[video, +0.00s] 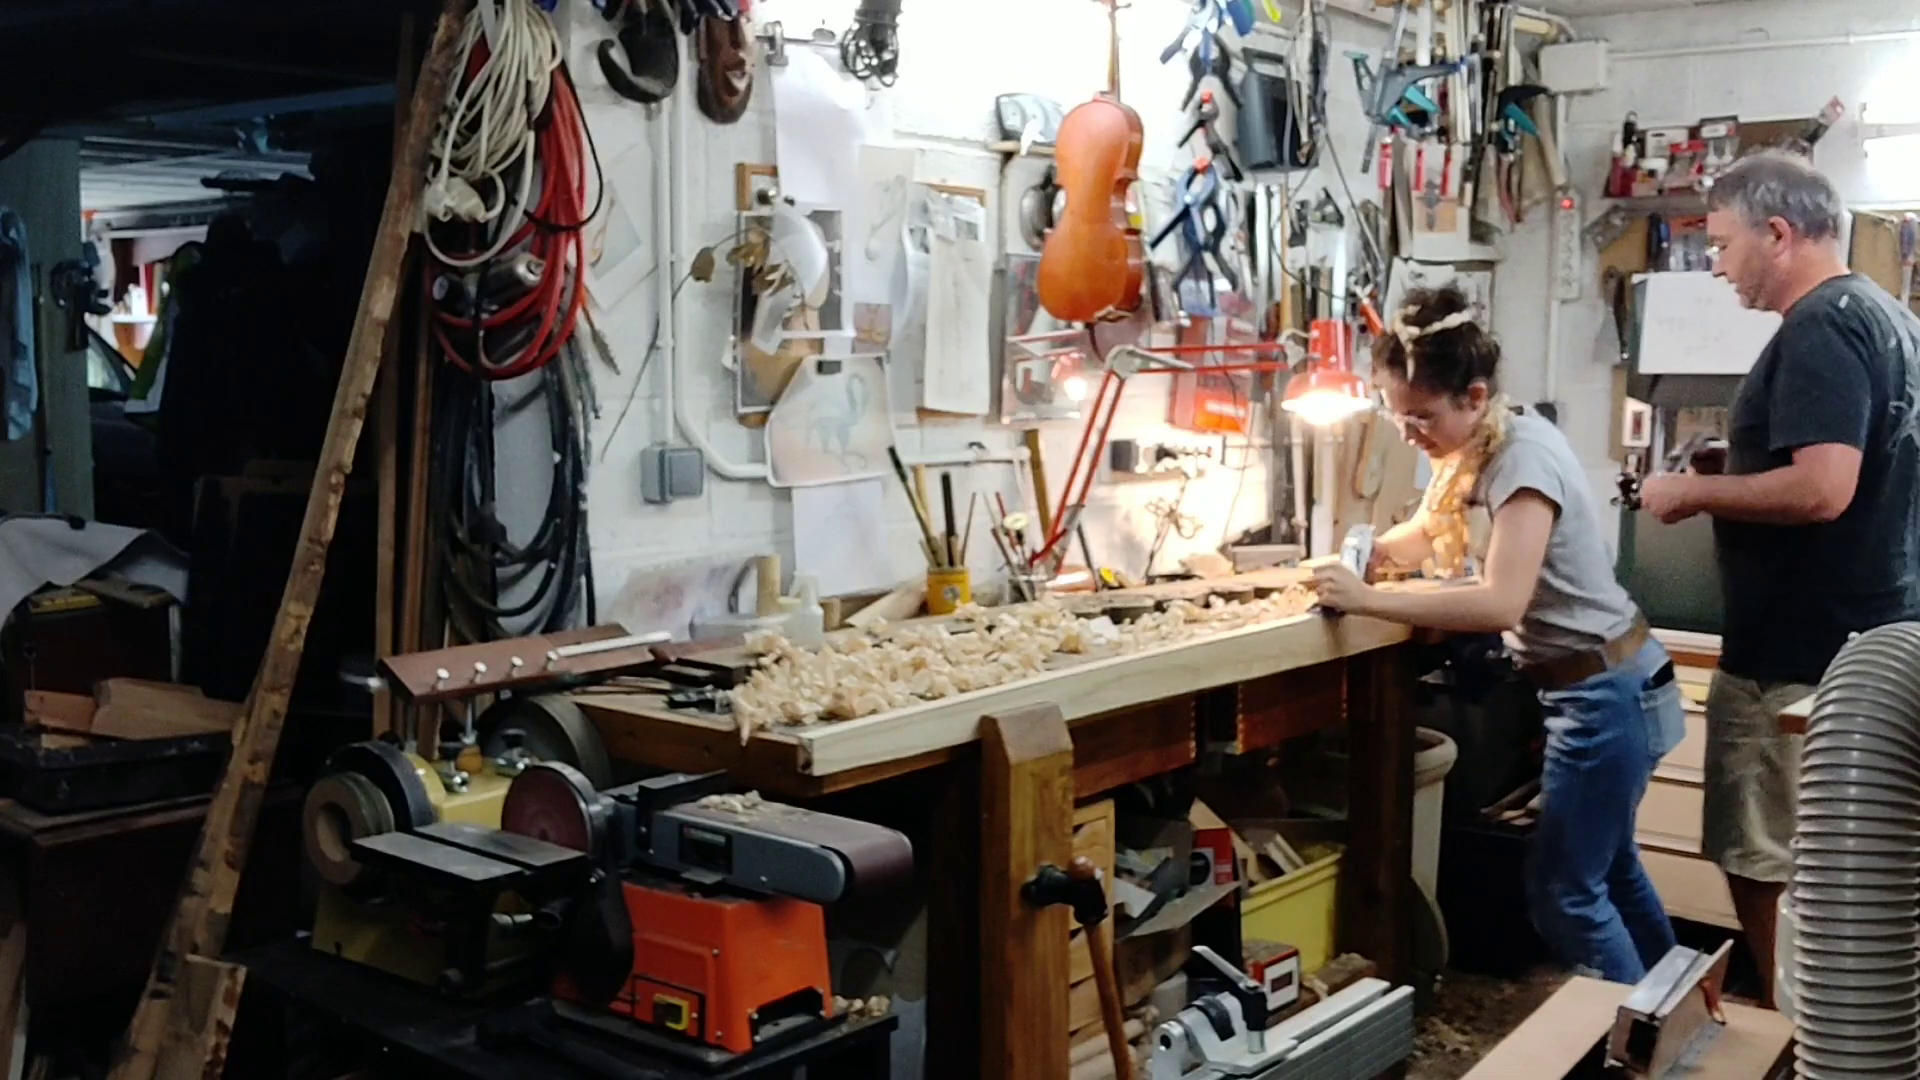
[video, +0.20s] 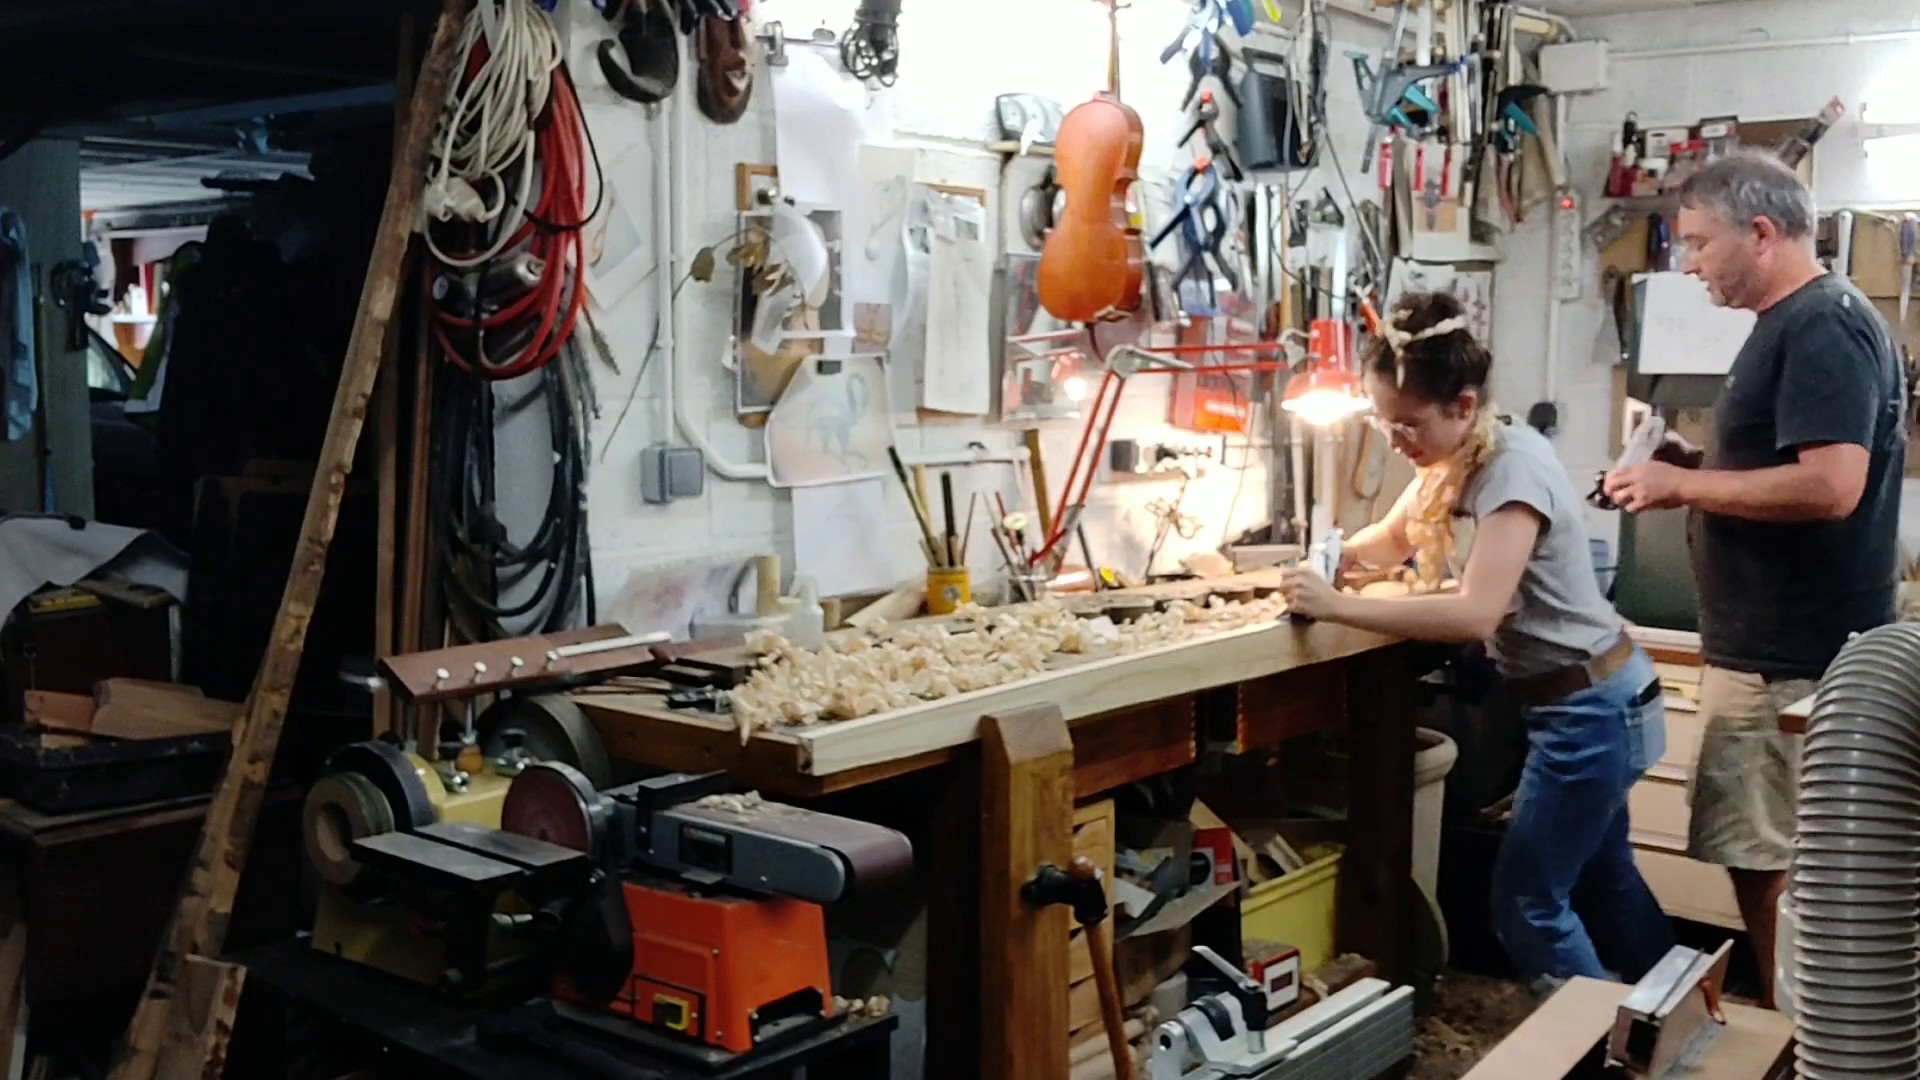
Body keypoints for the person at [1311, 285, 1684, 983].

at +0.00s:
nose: (1406, 431)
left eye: (1421, 415)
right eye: (1397, 414)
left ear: (1476, 395)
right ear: (1387, 392)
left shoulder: (1526, 456)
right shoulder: (1470, 450)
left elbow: (1500, 602)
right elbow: (1430, 538)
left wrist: (1370, 598)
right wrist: (1367, 557)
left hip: (1605, 692)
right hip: (1584, 685)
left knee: (1564, 891)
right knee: (1614, 868)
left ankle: (1642, 1026)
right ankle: (1676, 1002)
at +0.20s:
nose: (1394, 439)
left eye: (1408, 425)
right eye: (1385, 422)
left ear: (1464, 404)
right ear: (1377, 399)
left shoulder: (1515, 466)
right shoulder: (1453, 464)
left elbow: (1474, 613)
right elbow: (1392, 542)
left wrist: (1338, 605)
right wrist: (1325, 558)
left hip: (1593, 706)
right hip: (1565, 701)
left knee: (1528, 903)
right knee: (1607, 880)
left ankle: (1617, 1043)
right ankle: (1679, 1015)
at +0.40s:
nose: (1379, 437)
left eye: (1393, 421)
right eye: (1370, 417)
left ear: (1452, 404)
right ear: (1364, 395)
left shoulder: (1502, 472)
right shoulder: (1440, 465)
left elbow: (1447, 620)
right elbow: (1383, 543)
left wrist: (1307, 611)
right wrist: (1317, 559)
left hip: (1569, 725)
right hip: (1511, 719)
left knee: (1550, 919)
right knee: (1503, 904)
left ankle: (1634, 1037)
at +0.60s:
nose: (1349, 437)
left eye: (1363, 420)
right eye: (1344, 418)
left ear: (1424, 404)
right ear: (1346, 395)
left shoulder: (1476, 476)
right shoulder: (1403, 469)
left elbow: (1420, 630)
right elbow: (1341, 551)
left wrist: (1273, 619)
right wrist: (1260, 570)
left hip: (1549, 728)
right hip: (1477, 721)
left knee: (1562, 917)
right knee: (1434, 891)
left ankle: (1635, 1034)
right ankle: (1484, 1029)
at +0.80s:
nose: (1289, 440)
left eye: (1304, 423)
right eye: (1279, 421)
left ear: (1367, 405)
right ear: (1271, 396)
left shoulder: (1423, 481)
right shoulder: (1344, 470)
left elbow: (1369, 643)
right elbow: (1293, 557)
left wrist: (1219, 633)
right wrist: (1224, 575)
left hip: (1500, 740)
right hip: (1417, 734)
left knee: (1529, 931)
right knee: (1378, 912)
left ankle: (1625, 1043)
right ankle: (1424, 1064)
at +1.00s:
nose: (1217, 449)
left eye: (1231, 430)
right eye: (1208, 429)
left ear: (1295, 407)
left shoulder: (1360, 481)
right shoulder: (1283, 483)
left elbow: (1314, 652)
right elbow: (1221, 572)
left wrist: (1162, 652)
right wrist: (1144, 597)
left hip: (1439, 752)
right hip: (1362, 745)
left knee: (1395, 971)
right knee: (1353, 962)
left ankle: (1523, 1061)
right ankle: (1452, 1062)